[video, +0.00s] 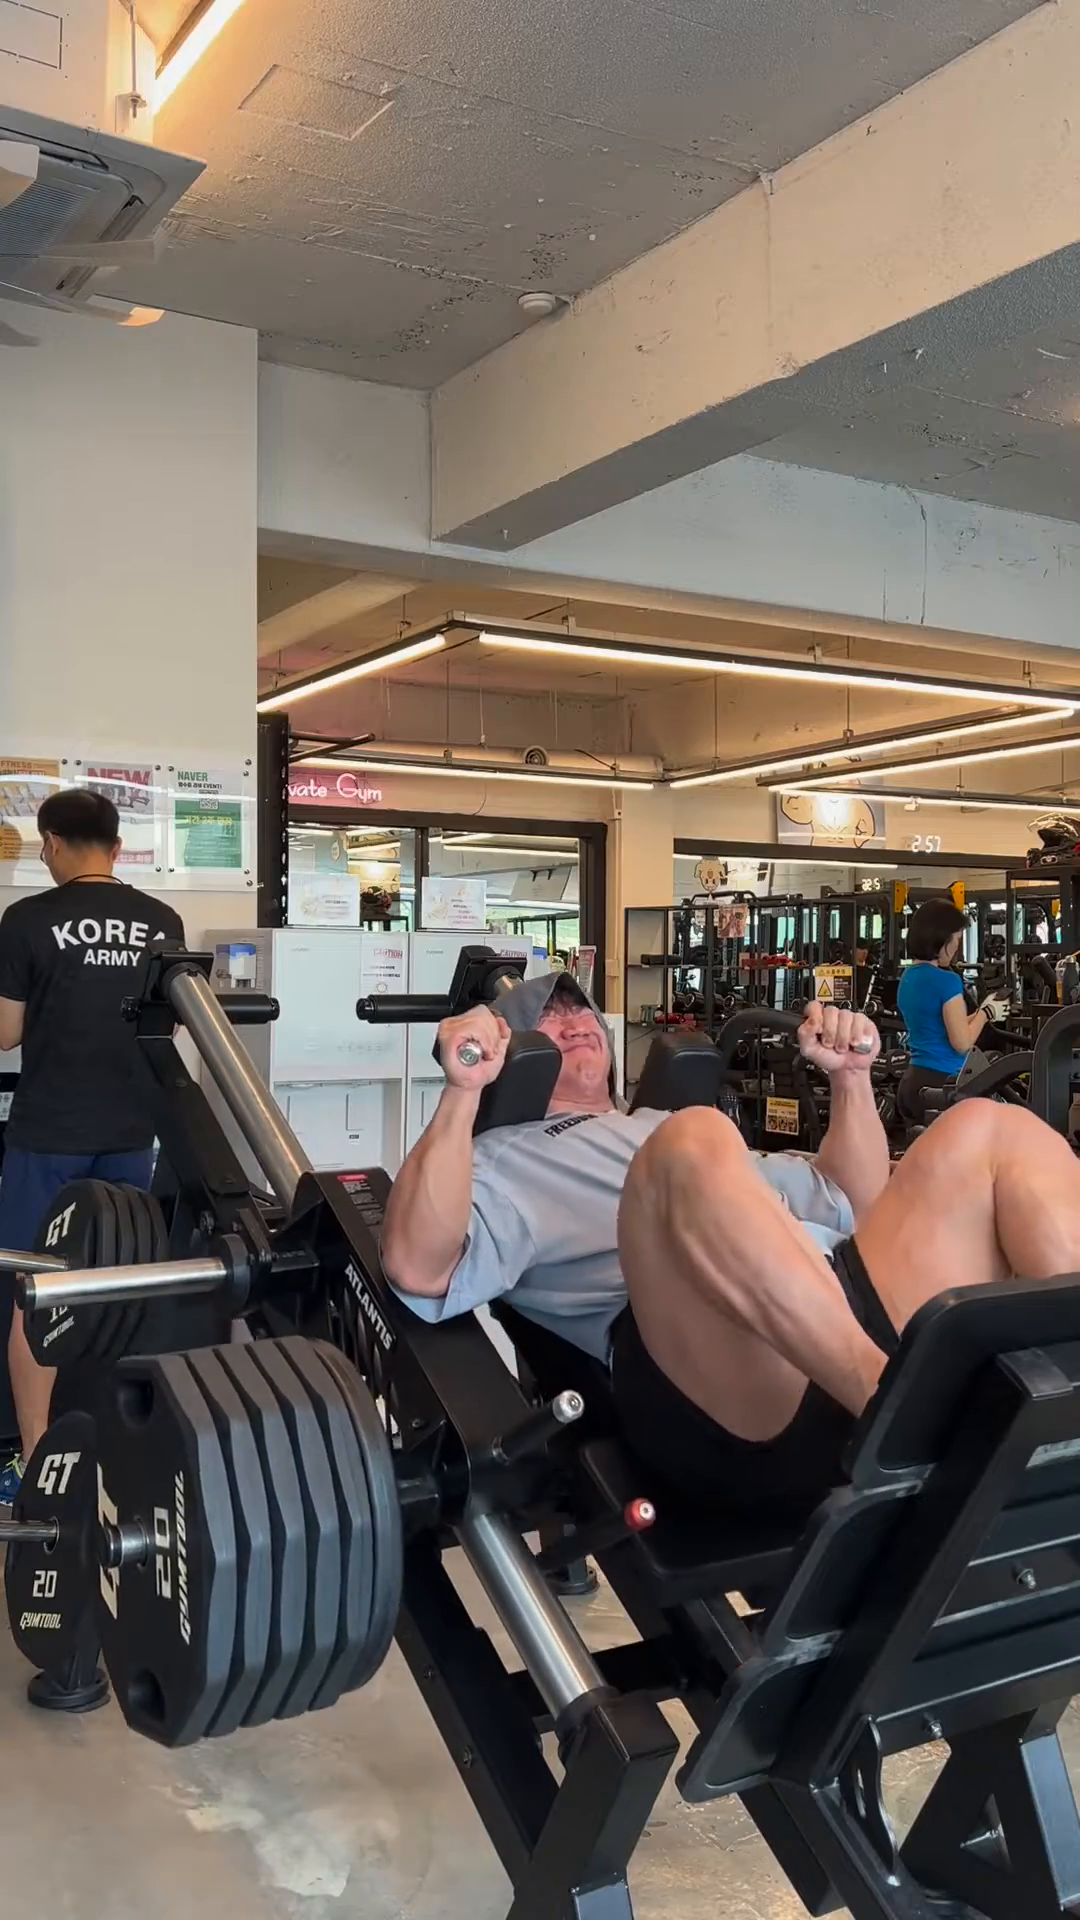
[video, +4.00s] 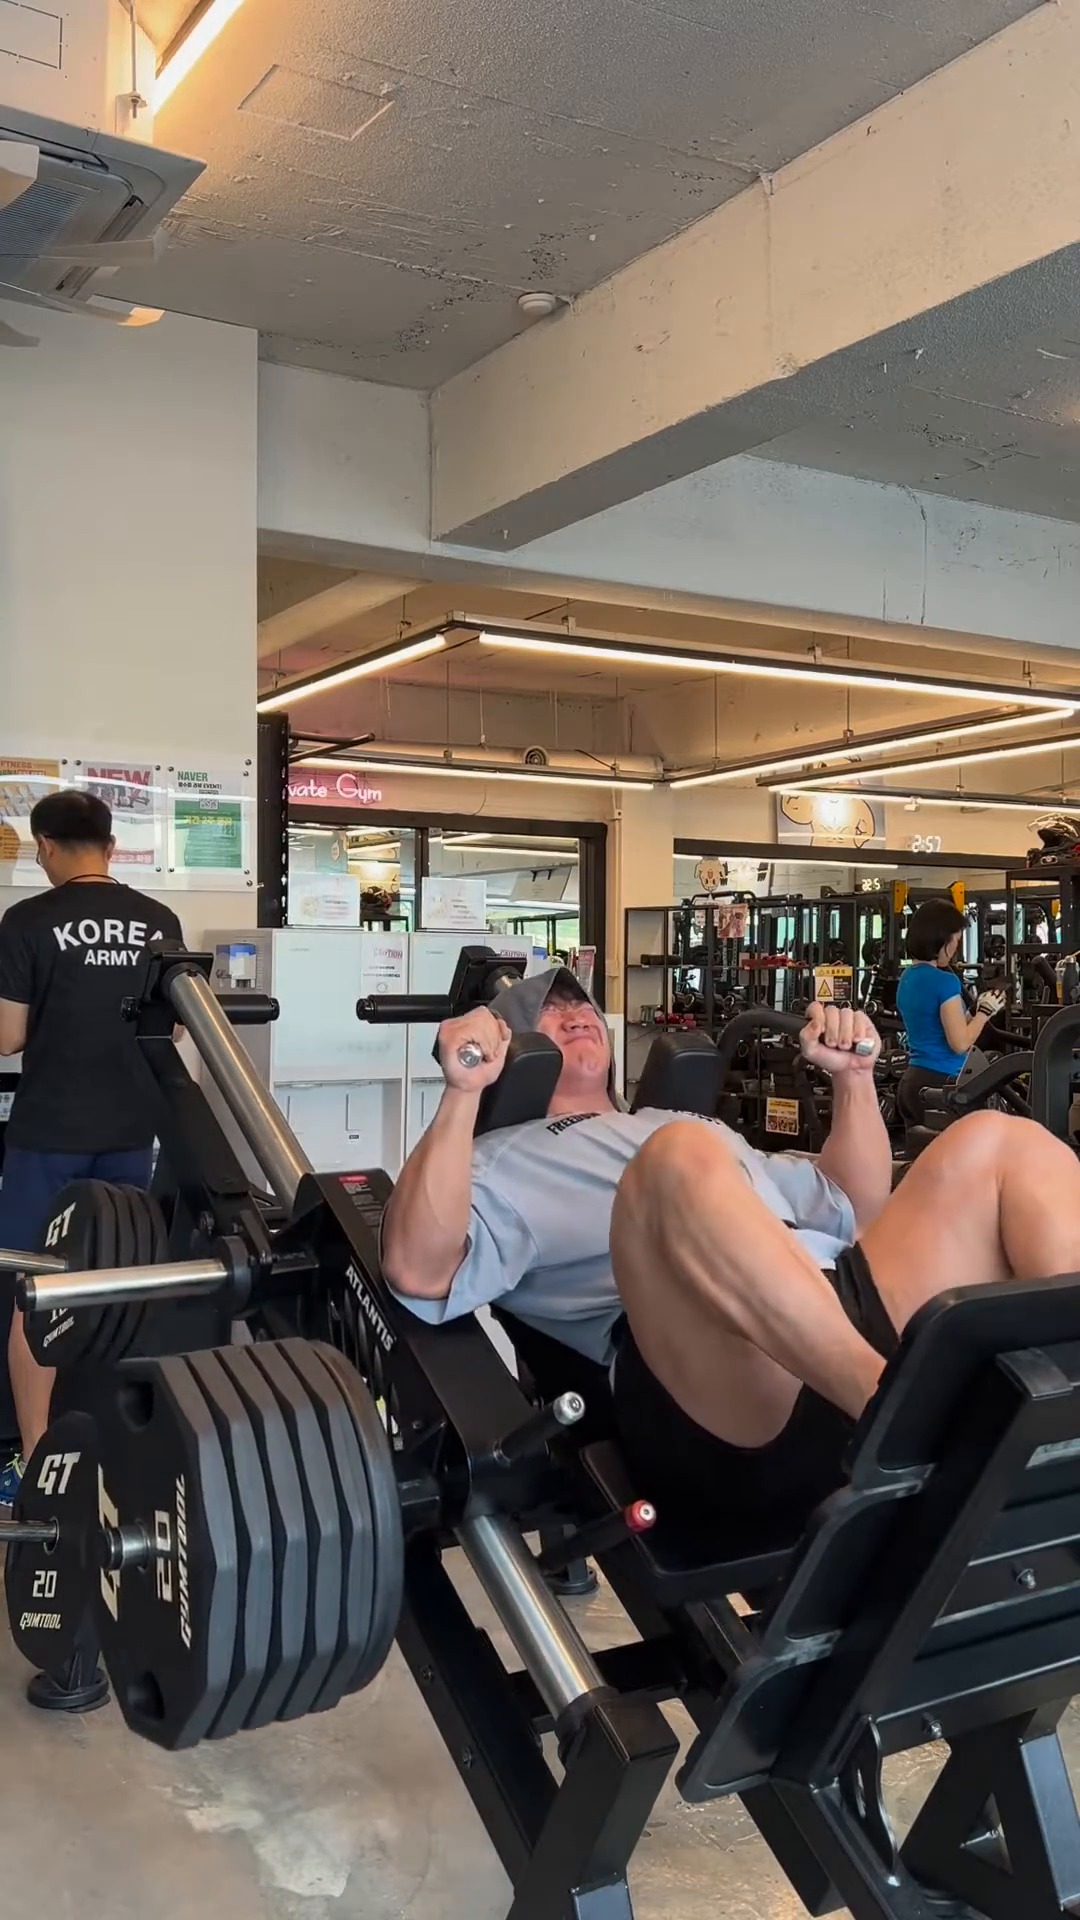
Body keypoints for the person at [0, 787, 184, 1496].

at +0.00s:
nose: (48, 857)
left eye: (45, 847)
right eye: (52, 847)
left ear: (50, 846)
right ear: (116, 847)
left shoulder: (29, 920)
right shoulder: (164, 920)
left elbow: (8, 1031)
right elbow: (174, 1024)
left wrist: (60, 1020)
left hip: (49, 1132)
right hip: (138, 1133)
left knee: (32, 1298)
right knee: (127, 1294)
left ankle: (39, 1461)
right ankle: (126, 1454)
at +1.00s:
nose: (52, 857)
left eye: (49, 847)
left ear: (51, 846)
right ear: (119, 848)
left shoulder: (28, 920)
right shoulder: (164, 920)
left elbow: (9, 1031)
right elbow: (178, 1027)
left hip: (45, 1134)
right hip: (138, 1135)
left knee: (27, 1297)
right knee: (135, 1294)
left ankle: (37, 1458)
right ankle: (140, 1463)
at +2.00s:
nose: (52, 857)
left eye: (49, 847)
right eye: (62, 847)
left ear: (51, 845)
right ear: (119, 847)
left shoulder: (31, 917)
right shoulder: (164, 920)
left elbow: (5, 1029)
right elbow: (181, 1028)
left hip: (48, 1139)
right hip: (140, 1141)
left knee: (29, 1298)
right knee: (135, 1296)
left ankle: (35, 1458)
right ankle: (138, 1464)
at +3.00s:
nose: (44, 860)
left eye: (42, 851)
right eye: (46, 851)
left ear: (49, 848)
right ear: (114, 848)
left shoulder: (29, 918)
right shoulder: (163, 920)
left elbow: (10, 1035)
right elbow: (179, 1031)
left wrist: (55, 1007)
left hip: (47, 1134)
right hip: (141, 1134)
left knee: (27, 1301)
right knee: (134, 1297)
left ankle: (37, 1457)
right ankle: (131, 1453)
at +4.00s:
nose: (41, 861)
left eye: (39, 852)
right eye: (44, 852)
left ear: (46, 849)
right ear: (111, 847)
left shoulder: (29, 920)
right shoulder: (161, 919)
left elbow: (10, 1034)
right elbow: (177, 1030)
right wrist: (116, 1030)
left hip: (50, 1130)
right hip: (136, 1130)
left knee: (31, 1296)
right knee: (123, 1289)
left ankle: (38, 1460)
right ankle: (124, 1452)